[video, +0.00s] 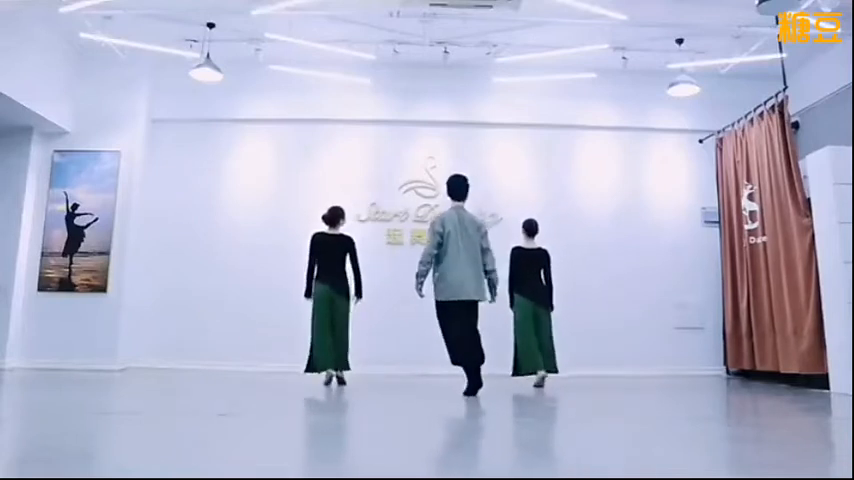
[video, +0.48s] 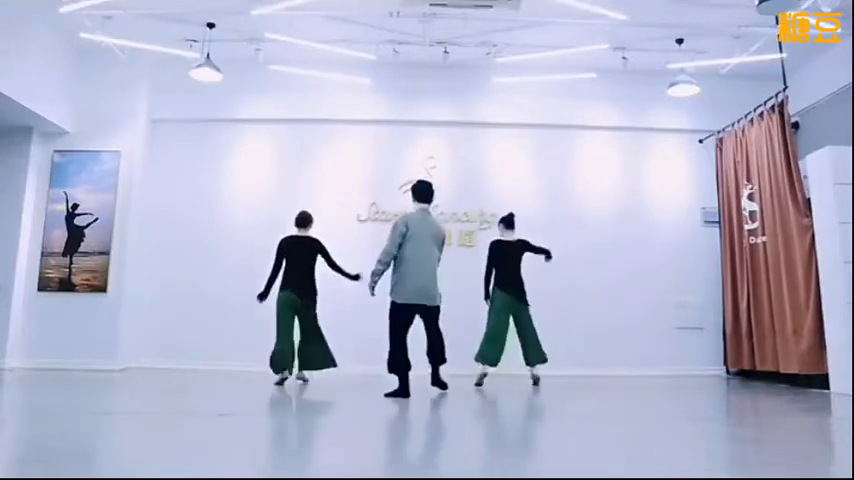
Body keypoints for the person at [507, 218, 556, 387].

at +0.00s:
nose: (524, 233)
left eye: (524, 230)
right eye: (530, 230)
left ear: (523, 232)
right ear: (537, 232)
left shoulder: (516, 252)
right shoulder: (543, 253)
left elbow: (512, 278)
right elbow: (548, 280)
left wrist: (511, 299)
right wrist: (550, 300)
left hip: (522, 296)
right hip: (540, 297)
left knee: (527, 333)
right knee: (541, 332)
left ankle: (538, 368)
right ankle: (543, 370)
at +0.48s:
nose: (499, 229)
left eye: (499, 227)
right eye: (500, 227)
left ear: (500, 227)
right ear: (514, 228)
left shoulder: (495, 245)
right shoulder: (521, 244)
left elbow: (489, 270)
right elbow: (538, 250)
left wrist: (486, 292)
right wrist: (547, 254)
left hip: (500, 292)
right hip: (518, 293)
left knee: (494, 329)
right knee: (525, 330)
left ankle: (484, 367)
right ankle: (534, 370)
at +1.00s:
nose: (473, 250)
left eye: (472, 247)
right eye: (478, 247)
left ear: (470, 247)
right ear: (483, 247)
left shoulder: (464, 262)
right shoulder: (489, 263)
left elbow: (460, 289)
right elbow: (495, 286)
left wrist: (458, 312)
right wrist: (482, 290)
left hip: (469, 304)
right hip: (486, 305)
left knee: (469, 341)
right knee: (482, 342)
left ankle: (478, 374)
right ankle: (463, 369)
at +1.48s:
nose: (471, 239)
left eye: (469, 236)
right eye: (474, 237)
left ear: (463, 236)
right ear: (478, 237)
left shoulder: (457, 255)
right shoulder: (483, 253)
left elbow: (452, 282)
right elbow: (493, 248)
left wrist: (452, 304)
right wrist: (482, 247)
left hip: (464, 297)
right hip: (481, 296)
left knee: (468, 334)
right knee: (479, 334)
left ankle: (478, 372)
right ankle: (466, 373)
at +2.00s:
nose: (471, 235)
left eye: (468, 231)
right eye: (474, 232)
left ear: (463, 233)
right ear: (478, 235)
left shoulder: (455, 254)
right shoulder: (481, 253)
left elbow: (451, 280)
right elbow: (483, 239)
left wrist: (451, 302)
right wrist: (483, 223)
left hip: (462, 295)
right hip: (479, 295)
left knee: (467, 333)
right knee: (479, 333)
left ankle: (478, 370)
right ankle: (465, 373)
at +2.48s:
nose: (469, 234)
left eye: (466, 230)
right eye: (472, 231)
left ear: (463, 232)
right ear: (477, 234)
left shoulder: (456, 254)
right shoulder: (480, 252)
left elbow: (449, 279)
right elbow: (491, 227)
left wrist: (449, 301)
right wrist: (481, 211)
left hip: (461, 294)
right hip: (478, 294)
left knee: (465, 331)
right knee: (478, 331)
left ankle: (475, 370)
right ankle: (480, 370)